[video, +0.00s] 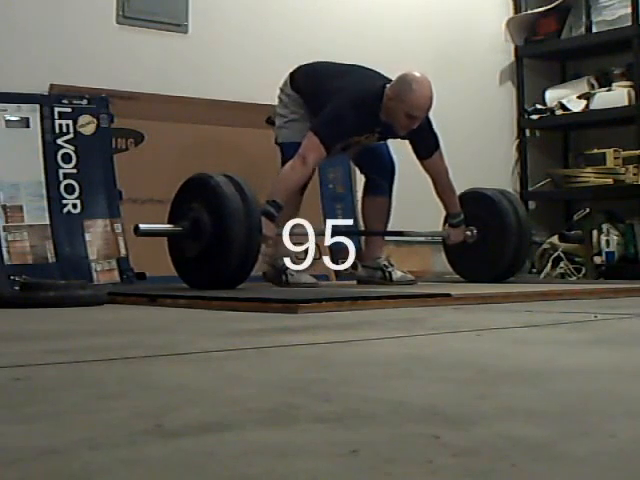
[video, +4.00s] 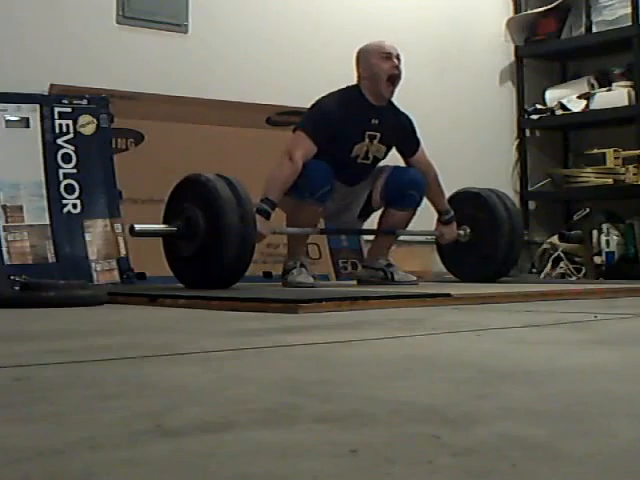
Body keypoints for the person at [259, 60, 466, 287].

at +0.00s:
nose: (414, 126)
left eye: (420, 120)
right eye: (410, 117)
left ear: (426, 112)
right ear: (389, 101)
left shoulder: (415, 116)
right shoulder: (353, 106)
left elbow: (438, 169)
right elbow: (303, 161)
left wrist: (456, 218)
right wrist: (269, 214)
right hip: (300, 101)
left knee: (382, 169)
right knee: (299, 175)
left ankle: (372, 262)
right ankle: (275, 260)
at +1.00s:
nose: (403, 129)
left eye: (409, 123)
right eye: (398, 120)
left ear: (414, 114)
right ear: (377, 104)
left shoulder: (404, 120)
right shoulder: (340, 109)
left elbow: (426, 169)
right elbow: (291, 155)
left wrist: (450, 217)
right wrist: (261, 211)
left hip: (332, 122)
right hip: (284, 107)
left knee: (376, 167)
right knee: (298, 166)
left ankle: (370, 262)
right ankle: (296, 265)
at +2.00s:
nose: (406, 121)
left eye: (411, 114)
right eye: (401, 112)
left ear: (416, 107)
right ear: (380, 97)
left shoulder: (404, 121)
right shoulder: (341, 107)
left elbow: (424, 171)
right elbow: (294, 160)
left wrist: (446, 217)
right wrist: (260, 212)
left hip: (329, 126)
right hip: (282, 113)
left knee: (376, 167)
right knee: (297, 169)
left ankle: (371, 263)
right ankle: (296, 266)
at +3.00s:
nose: (406, 122)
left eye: (412, 115)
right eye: (401, 112)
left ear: (416, 111)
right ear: (378, 97)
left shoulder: (405, 123)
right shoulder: (342, 109)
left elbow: (426, 173)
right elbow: (295, 162)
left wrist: (447, 219)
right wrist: (259, 213)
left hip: (331, 110)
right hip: (284, 100)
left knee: (362, 169)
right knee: (300, 169)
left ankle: (370, 262)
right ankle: (295, 264)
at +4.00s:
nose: (397, 66)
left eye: (399, 60)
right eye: (387, 58)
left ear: (400, 70)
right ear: (362, 69)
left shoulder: (398, 122)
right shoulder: (332, 107)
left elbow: (425, 170)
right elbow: (293, 157)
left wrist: (447, 215)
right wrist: (264, 212)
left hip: (355, 193)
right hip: (310, 189)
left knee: (411, 181)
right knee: (316, 174)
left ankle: (376, 262)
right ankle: (295, 264)